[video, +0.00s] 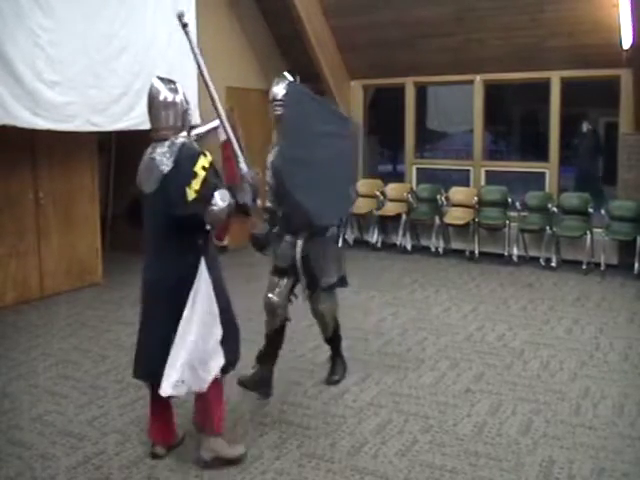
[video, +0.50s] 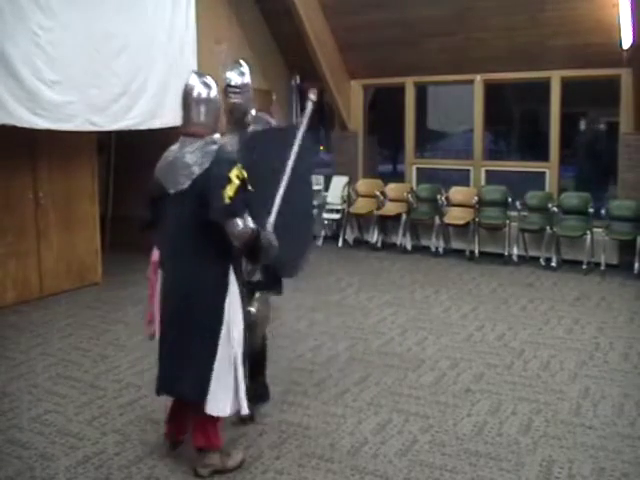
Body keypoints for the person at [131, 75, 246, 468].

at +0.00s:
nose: (189, 114)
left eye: (183, 109)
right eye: (186, 109)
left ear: (152, 117)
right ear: (184, 114)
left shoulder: (150, 157)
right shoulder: (190, 156)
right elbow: (217, 211)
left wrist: (203, 138)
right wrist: (227, 196)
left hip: (159, 267)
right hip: (194, 267)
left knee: (160, 348)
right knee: (210, 344)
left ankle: (162, 435)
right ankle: (212, 438)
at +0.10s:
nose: (194, 116)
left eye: (189, 111)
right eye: (191, 111)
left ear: (156, 117)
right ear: (189, 114)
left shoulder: (151, 159)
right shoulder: (195, 159)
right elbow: (216, 221)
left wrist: (201, 152)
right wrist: (229, 206)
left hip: (161, 269)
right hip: (197, 271)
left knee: (163, 347)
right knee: (209, 349)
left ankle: (161, 436)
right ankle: (209, 447)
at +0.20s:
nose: (200, 119)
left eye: (191, 114)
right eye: (199, 114)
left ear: (161, 120)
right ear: (196, 119)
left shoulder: (153, 160)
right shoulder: (203, 161)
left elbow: (141, 215)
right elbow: (221, 223)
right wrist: (239, 211)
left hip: (165, 268)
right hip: (202, 270)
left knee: (167, 346)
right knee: (208, 350)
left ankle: (162, 436)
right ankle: (209, 449)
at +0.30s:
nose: (201, 118)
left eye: (190, 114)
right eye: (203, 112)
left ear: (169, 117)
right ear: (205, 117)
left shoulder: (158, 160)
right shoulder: (209, 161)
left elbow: (146, 214)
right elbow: (223, 224)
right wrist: (246, 222)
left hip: (168, 269)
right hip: (203, 273)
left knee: (172, 348)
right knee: (208, 354)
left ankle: (163, 435)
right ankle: (209, 449)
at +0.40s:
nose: (207, 116)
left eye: (198, 110)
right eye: (209, 110)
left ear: (176, 115)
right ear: (212, 115)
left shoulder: (163, 160)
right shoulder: (216, 162)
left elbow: (149, 214)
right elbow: (227, 226)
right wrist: (246, 224)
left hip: (172, 270)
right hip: (208, 274)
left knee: (178, 349)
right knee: (210, 355)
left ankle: (166, 435)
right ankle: (208, 450)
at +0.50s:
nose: (218, 119)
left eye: (213, 113)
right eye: (218, 113)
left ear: (183, 116)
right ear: (218, 118)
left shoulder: (168, 160)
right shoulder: (221, 162)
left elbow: (154, 216)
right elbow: (234, 225)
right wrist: (257, 240)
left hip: (177, 269)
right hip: (213, 274)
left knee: (188, 348)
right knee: (214, 354)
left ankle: (177, 427)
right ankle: (208, 448)